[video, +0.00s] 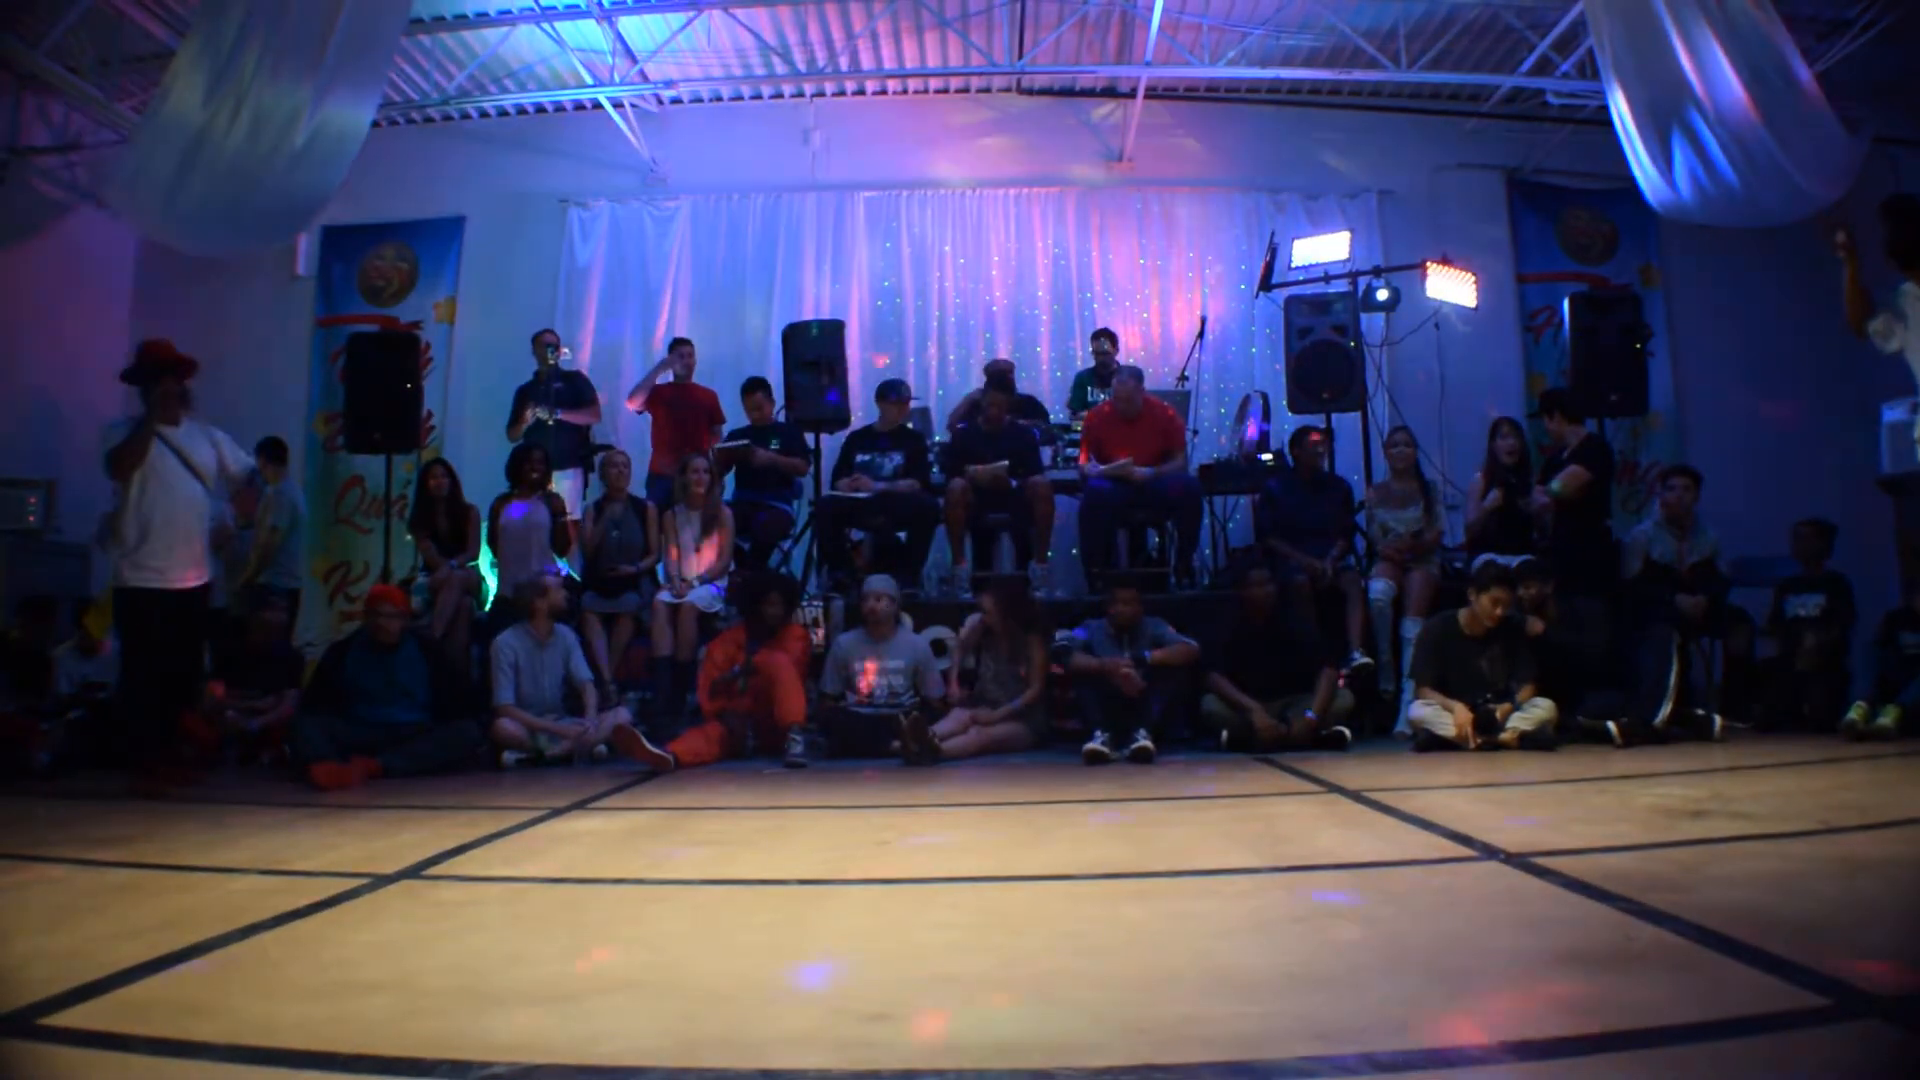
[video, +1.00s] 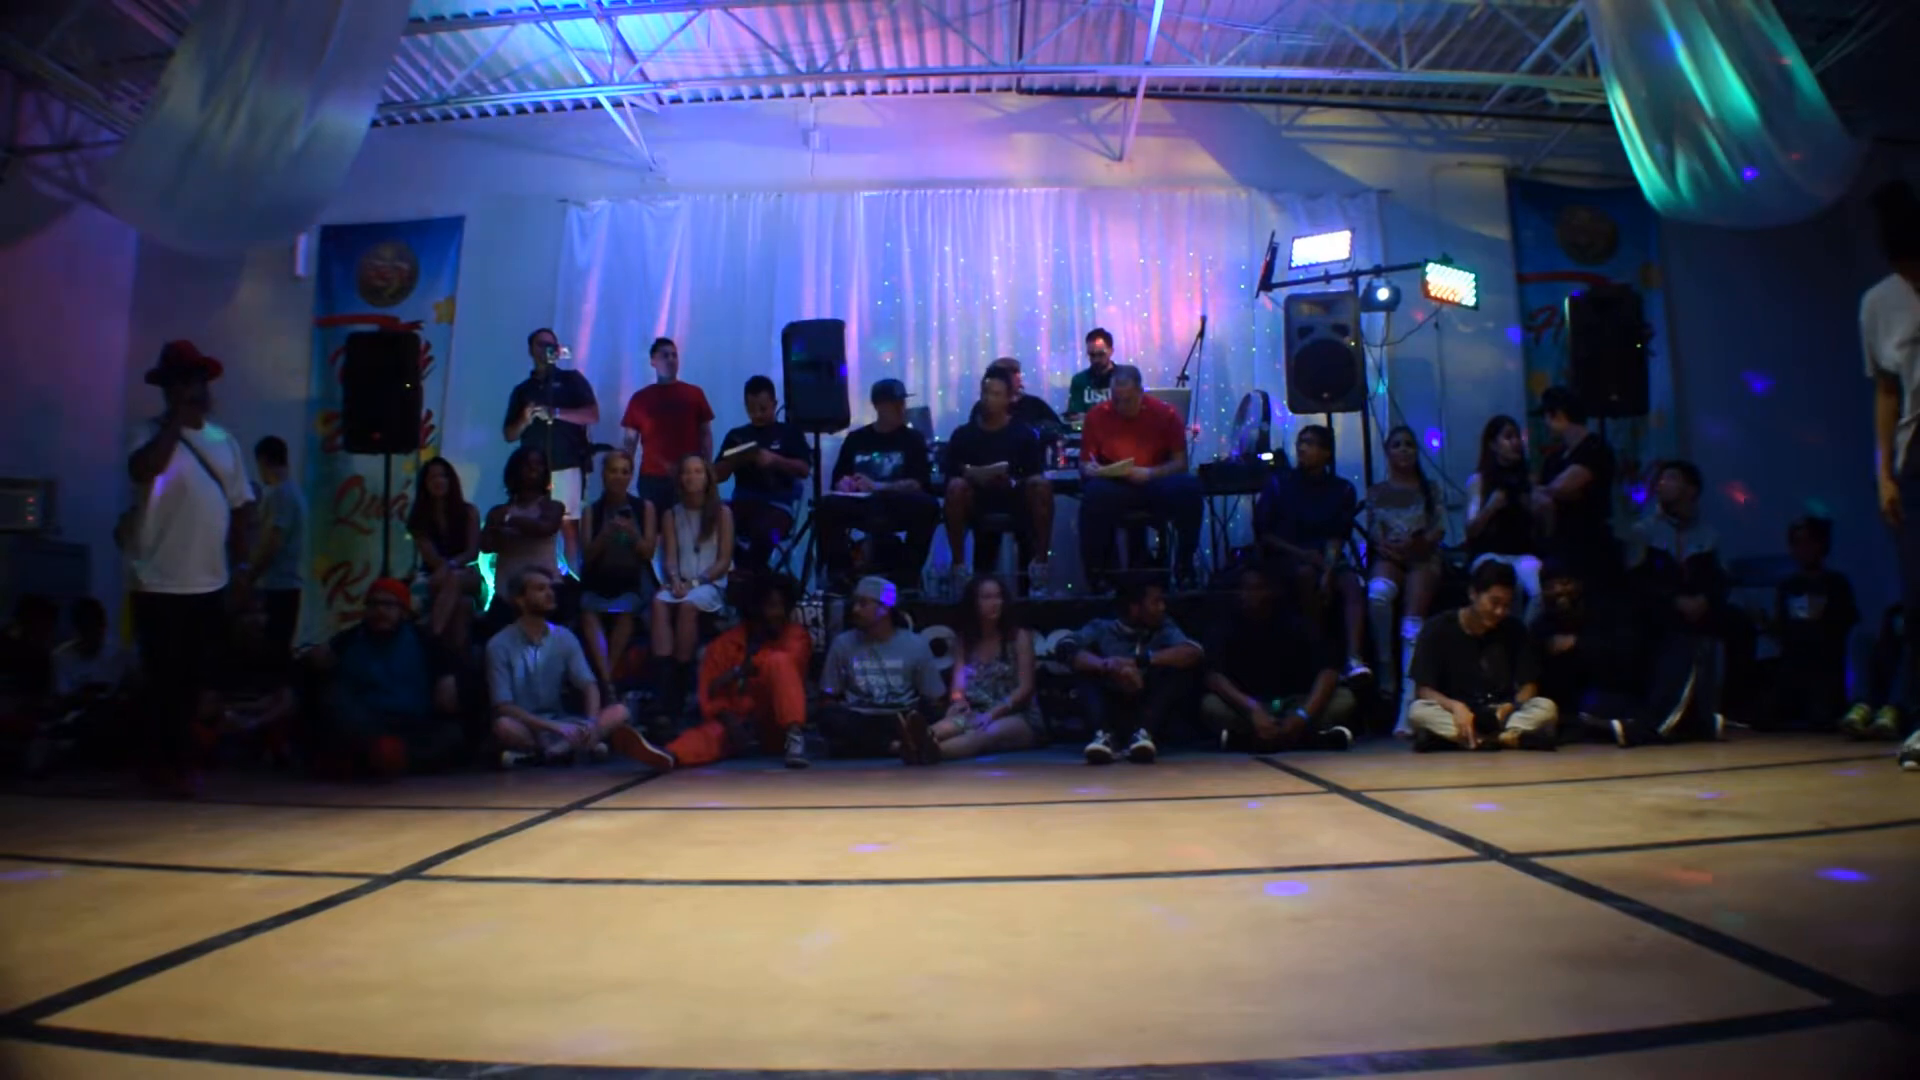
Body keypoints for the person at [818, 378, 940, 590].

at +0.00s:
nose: (903, 409)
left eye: (906, 403)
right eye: (897, 403)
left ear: (908, 405)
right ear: (881, 404)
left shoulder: (914, 439)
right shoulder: (856, 439)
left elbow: (919, 483)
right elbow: (837, 482)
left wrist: (875, 486)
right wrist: (850, 485)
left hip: (897, 502)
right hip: (859, 502)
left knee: (927, 508)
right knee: (826, 507)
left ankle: (909, 579)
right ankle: (839, 577)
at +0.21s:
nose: (908, 408)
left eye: (910, 403)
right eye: (902, 402)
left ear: (911, 405)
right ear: (885, 405)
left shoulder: (915, 440)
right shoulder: (858, 438)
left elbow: (919, 484)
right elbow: (837, 482)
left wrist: (876, 486)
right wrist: (852, 485)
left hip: (897, 503)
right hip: (860, 503)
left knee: (927, 508)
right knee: (826, 506)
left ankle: (909, 579)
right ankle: (839, 576)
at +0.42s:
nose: (909, 409)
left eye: (910, 403)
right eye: (903, 403)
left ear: (912, 405)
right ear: (885, 404)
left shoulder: (916, 440)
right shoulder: (857, 438)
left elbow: (919, 485)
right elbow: (837, 482)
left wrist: (874, 485)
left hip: (898, 503)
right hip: (861, 503)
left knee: (927, 509)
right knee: (826, 507)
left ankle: (909, 580)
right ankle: (839, 577)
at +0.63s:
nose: (907, 409)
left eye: (908, 403)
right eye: (901, 403)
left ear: (909, 406)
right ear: (883, 405)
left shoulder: (915, 439)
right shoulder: (858, 438)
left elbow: (919, 484)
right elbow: (838, 482)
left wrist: (875, 486)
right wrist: (850, 485)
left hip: (898, 502)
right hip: (860, 503)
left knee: (928, 509)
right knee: (826, 508)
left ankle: (908, 579)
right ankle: (840, 577)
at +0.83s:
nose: (905, 408)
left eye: (906, 403)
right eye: (901, 403)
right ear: (882, 406)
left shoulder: (914, 439)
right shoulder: (856, 438)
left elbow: (919, 483)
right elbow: (837, 481)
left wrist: (876, 486)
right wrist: (846, 484)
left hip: (897, 503)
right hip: (859, 504)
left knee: (927, 508)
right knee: (827, 507)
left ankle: (907, 579)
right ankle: (838, 577)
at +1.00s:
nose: (901, 408)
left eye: (901, 402)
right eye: (894, 403)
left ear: (903, 404)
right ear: (878, 405)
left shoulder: (913, 439)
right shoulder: (856, 438)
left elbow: (919, 483)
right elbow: (838, 481)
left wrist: (876, 486)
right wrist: (848, 485)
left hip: (898, 502)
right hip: (860, 503)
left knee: (927, 508)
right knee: (827, 507)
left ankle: (909, 577)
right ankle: (838, 576)